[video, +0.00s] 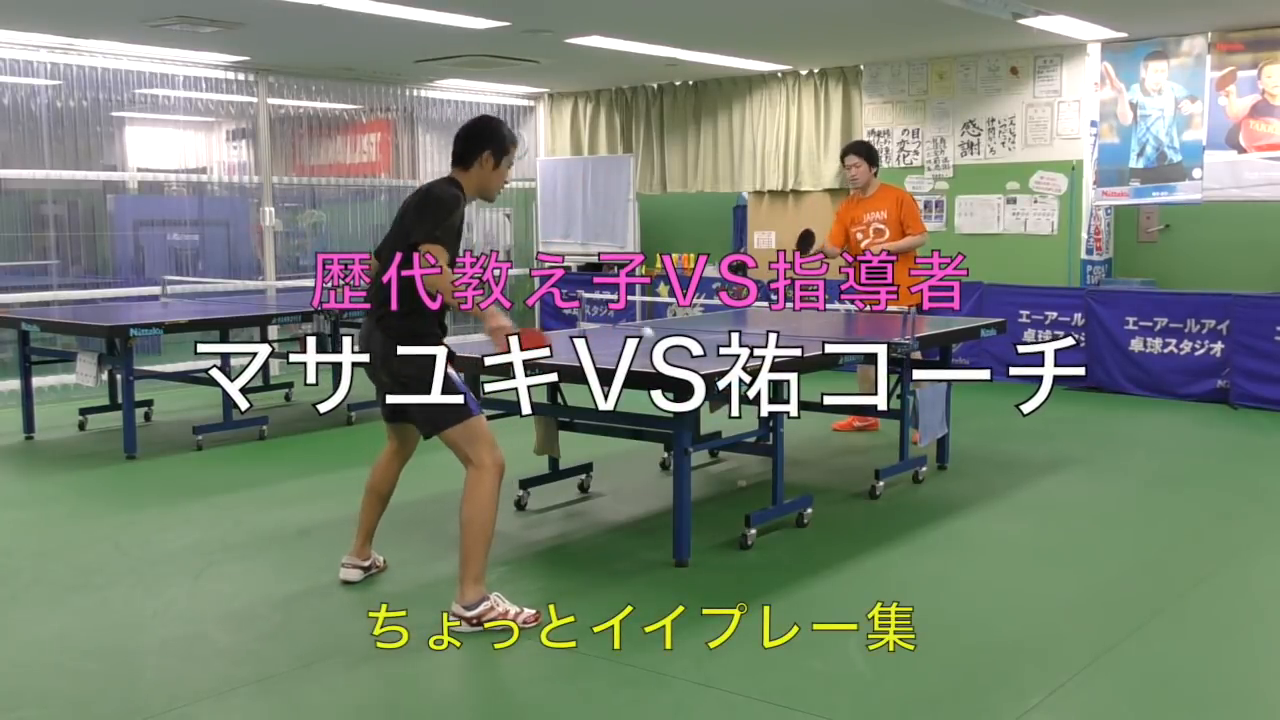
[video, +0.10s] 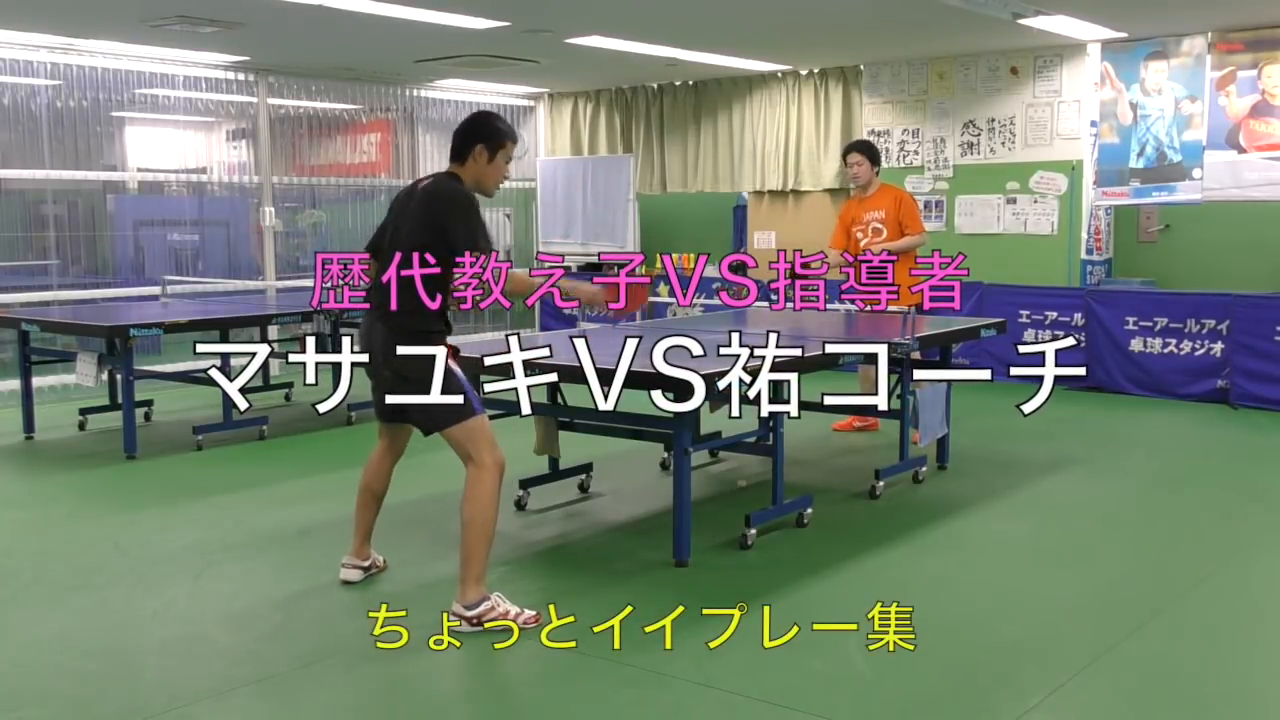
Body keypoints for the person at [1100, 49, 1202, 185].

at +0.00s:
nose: (1159, 76)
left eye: (1163, 71)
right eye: (1155, 71)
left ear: (1168, 73)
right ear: (1144, 72)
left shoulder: (1173, 89)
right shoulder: (1135, 91)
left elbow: (1199, 105)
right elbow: (1125, 120)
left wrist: (1191, 107)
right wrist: (1121, 94)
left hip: (1171, 161)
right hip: (1141, 163)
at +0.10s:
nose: (1159, 76)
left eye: (1163, 71)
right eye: (1155, 71)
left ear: (1168, 73)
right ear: (1144, 72)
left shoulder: (1174, 89)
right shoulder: (1135, 91)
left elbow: (1199, 105)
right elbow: (1125, 120)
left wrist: (1191, 107)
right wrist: (1121, 94)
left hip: (1171, 161)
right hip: (1141, 163)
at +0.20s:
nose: (1159, 76)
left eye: (1163, 71)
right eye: (1155, 71)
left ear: (1168, 73)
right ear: (1144, 72)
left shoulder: (1174, 89)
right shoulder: (1135, 91)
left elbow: (1199, 105)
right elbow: (1125, 121)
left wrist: (1191, 107)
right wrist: (1121, 94)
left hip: (1171, 161)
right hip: (1141, 163)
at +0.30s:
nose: (1159, 76)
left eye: (1163, 71)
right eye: (1155, 71)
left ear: (1168, 73)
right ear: (1144, 72)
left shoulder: (1174, 89)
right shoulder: (1135, 91)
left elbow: (1199, 105)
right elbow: (1125, 120)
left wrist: (1191, 107)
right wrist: (1121, 94)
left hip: (1171, 161)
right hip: (1141, 163)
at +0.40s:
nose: (1159, 76)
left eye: (1163, 71)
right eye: (1155, 71)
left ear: (1168, 73)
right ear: (1144, 72)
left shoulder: (1174, 89)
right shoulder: (1135, 91)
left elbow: (1199, 105)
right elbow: (1125, 120)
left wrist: (1191, 107)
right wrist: (1121, 94)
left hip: (1171, 161)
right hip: (1141, 163)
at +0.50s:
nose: (1159, 76)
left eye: (1163, 71)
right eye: (1155, 71)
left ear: (1168, 72)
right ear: (1144, 72)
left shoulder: (1174, 89)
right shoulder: (1135, 91)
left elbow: (1199, 105)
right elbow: (1125, 120)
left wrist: (1191, 107)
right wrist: (1121, 94)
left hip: (1171, 161)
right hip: (1141, 163)